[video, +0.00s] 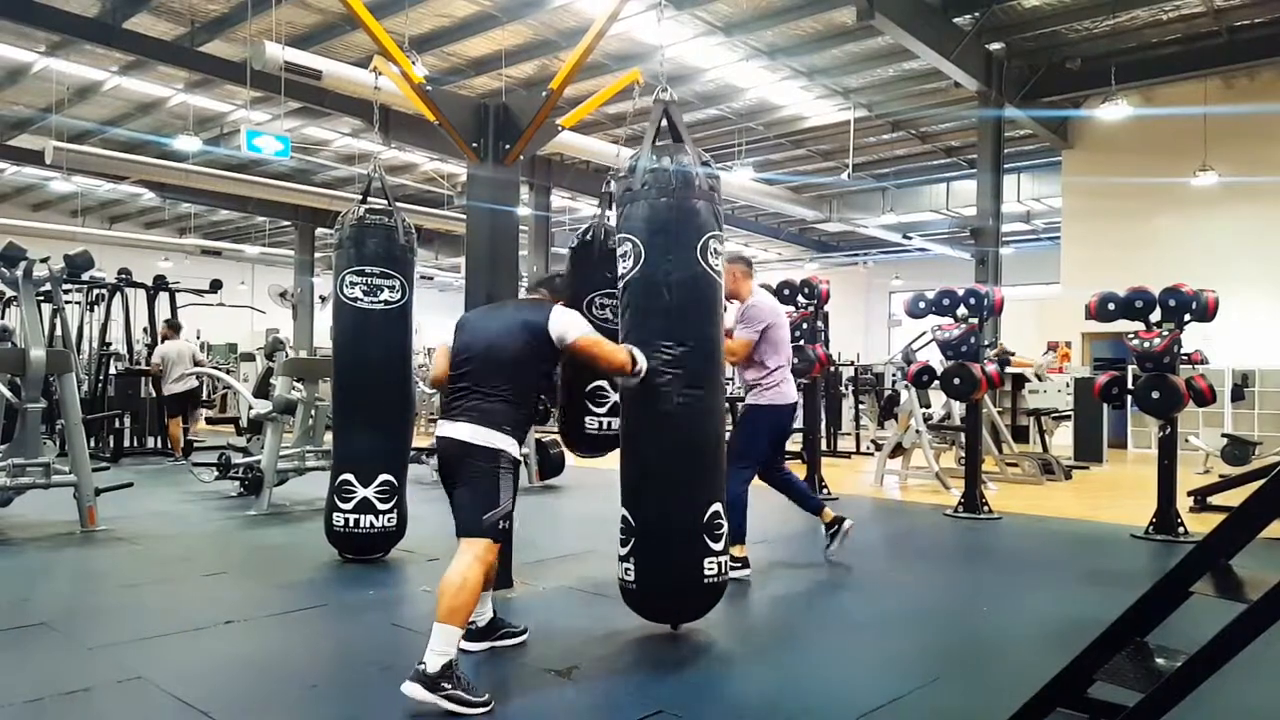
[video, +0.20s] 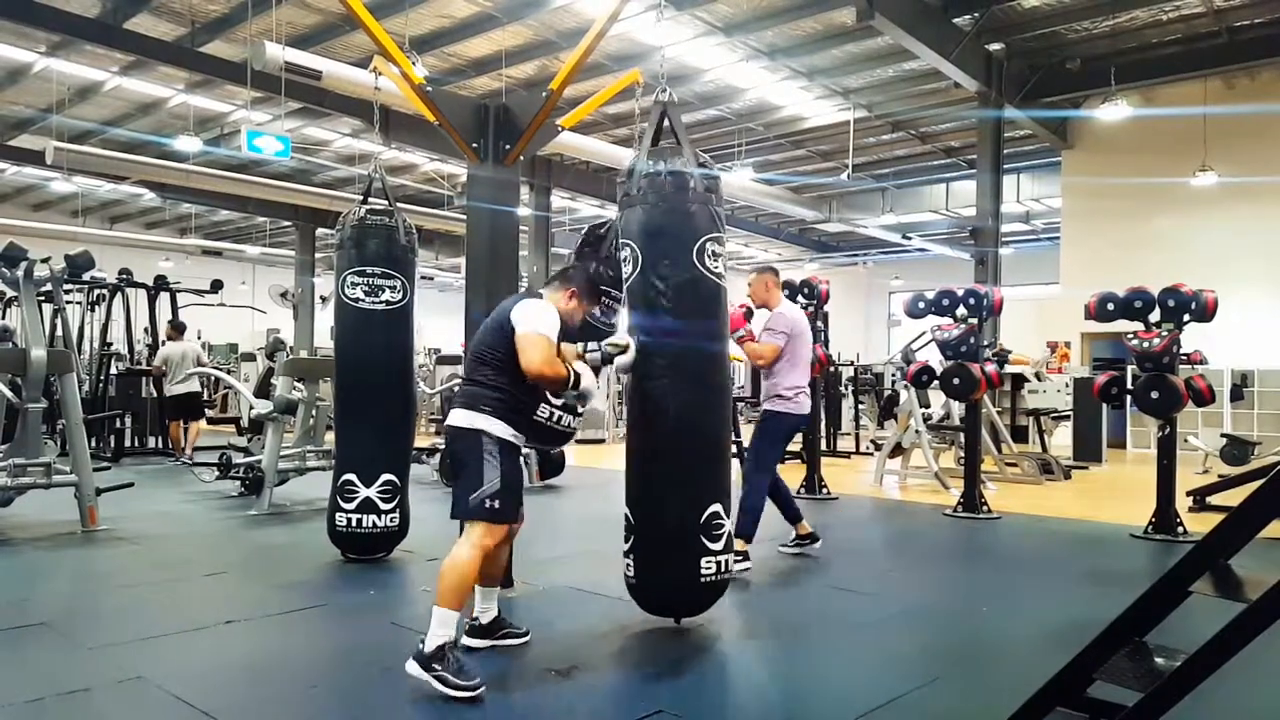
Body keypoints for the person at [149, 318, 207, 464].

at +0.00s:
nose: (160, 331)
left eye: (163, 329)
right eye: (161, 328)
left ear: (169, 331)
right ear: (177, 331)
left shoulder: (160, 348)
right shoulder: (189, 346)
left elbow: (155, 369)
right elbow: (203, 362)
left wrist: (164, 374)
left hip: (171, 390)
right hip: (191, 387)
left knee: (174, 422)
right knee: (195, 409)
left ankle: (178, 455)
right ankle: (193, 431)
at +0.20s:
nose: (166, 331)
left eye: (168, 328)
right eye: (167, 327)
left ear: (172, 331)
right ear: (183, 332)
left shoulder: (164, 350)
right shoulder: (193, 347)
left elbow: (155, 371)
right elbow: (204, 363)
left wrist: (167, 371)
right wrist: (192, 363)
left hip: (173, 392)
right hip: (193, 390)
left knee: (174, 422)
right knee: (194, 421)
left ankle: (178, 454)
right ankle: (188, 452)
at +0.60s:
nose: (172, 331)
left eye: (173, 328)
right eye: (173, 328)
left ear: (175, 331)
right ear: (188, 332)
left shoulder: (167, 349)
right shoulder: (198, 348)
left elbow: (157, 370)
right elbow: (208, 366)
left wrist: (171, 371)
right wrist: (194, 369)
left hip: (172, 393)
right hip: (193, 393)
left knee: (171, 423)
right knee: (190, 425)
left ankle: (173, 454)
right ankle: (187, 457)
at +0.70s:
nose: (171, 332)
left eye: (171, 330)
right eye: (172, 330)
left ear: (172, 331)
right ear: (186, 332)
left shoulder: (165, 349)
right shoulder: (196, 348)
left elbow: (155, 368)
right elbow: (206, 366)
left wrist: (168, 371)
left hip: (171, 393)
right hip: (191, 393)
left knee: (166, 424)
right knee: (190, 424)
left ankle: (165, 453)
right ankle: (187, 457)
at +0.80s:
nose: (166, 331)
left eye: (167, 328)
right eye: (167, 328)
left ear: (168, 331)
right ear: (182, 332)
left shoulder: (162, 349)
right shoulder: (193, 348)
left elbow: (152, 367)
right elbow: (202, 367)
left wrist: (164, 371)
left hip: (167, 394)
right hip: (189, 393)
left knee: (161, 423)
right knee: (189, 424)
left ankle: (157, 455)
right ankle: (187, 457)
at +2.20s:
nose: (173, 332)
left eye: (172, 330)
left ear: (173, 331)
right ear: (187, 333)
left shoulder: (159, 348)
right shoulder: (192, 349)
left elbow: (153, 364)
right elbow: (200, 370)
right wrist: (199, 389)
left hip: (164, 392)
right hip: (186, 392)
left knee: (157, 423)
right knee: (182, 424)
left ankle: (155, 454)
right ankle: (178, 457)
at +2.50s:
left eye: (183, 331)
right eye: (197, 334)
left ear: (183, 331)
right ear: (197, 334)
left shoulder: (169, 348)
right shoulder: (201, 351)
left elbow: (161, 366)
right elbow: (208, 372)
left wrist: (169, 374)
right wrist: (206, 387)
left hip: (173, 391)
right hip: (192, 391)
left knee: (175, 423)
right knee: (187, 424)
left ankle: (178, 454)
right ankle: (178, 456)